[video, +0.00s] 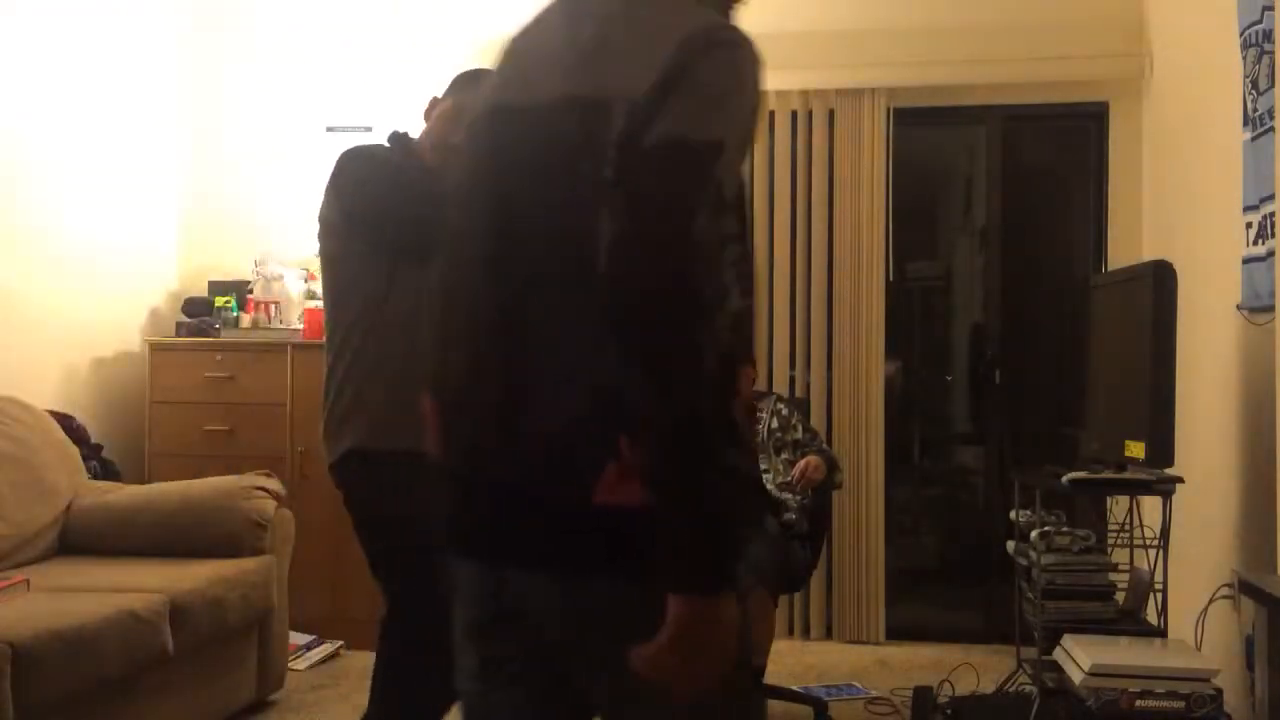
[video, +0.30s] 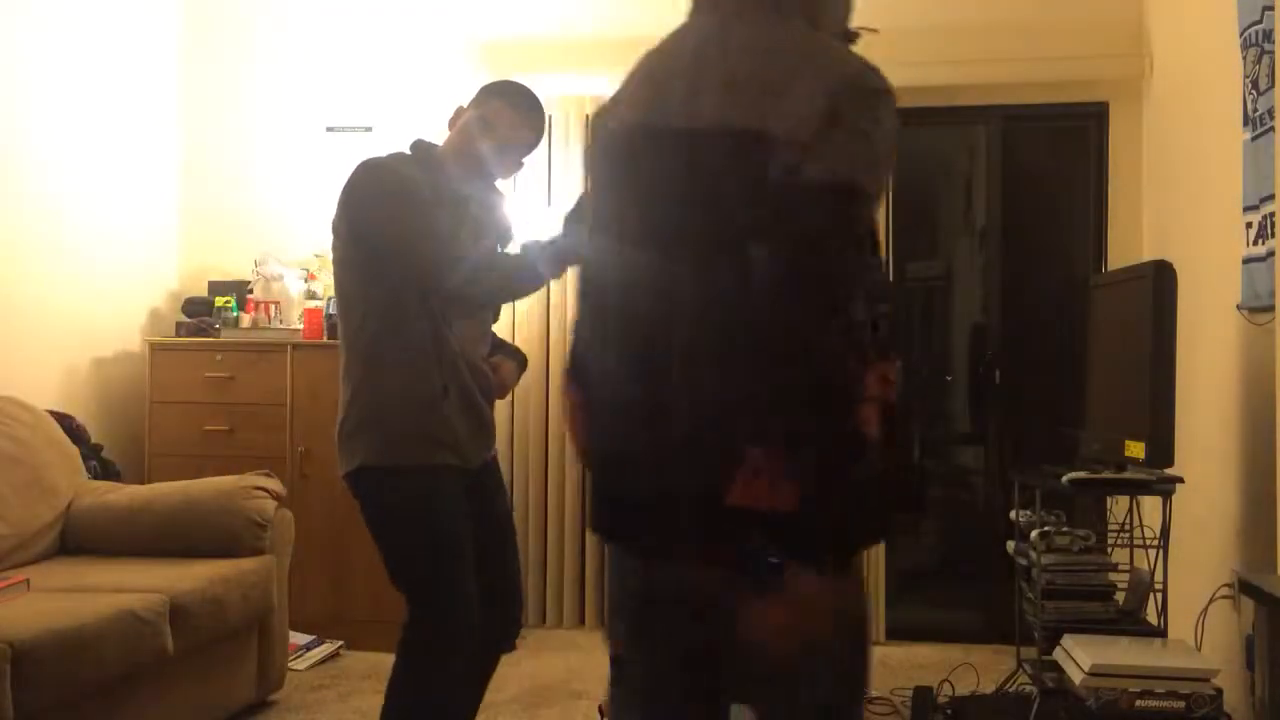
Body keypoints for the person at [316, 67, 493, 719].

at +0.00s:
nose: (473, 142)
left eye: (485, 132)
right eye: (468, 122)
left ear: (486, 134)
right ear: (434, 108)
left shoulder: (462, 194)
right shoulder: (365, 167)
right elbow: (448, 221)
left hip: (445, 438)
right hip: (382, 433)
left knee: (436, 619)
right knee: (423, 615)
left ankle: (407, 713)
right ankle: (394, 714)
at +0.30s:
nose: (501, 162)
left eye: (517, 155)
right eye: (494, 137)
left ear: (519, 162)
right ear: (460, 116)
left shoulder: (480, 214)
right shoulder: (384, 180)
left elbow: (473, 317)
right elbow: (456, 282)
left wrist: (509, 355)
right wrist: (561, 248)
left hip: (465, 445)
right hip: (397, 445)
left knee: (494, 621)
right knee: (445, 625)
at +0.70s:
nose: (533, 182)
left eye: (549, 179)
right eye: (532, 158)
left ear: (547, 189)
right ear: (501, 130)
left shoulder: (504, 238)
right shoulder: (403, 200)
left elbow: (493, 338)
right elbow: (424, 332)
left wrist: (514, 378)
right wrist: (562, 348)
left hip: (464, 457)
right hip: (392, 458)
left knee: (510, 620)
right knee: (464, 621)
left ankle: (446, 718)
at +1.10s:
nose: (544, 174)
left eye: (559, 173)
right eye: (547, 151)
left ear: (560, 176)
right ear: (521, 115)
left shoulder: (515, 216)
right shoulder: (423, 167)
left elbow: (478, 311)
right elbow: (468, 285)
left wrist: (509, 362)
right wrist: (599, 278)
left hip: (451, 439)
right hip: (387, 433)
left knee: (470, 615)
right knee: (436, 612)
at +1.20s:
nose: (535, 158)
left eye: (553, 160)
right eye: (539, 135)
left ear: (555, 170)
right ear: (516, 106)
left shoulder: (509, 208)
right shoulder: (423, 154)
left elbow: (486, 313)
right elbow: (516, 231)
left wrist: (510, 354)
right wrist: (614, 173)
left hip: (451, 433)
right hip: (387, 428)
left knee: (454, 614)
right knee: (420, 612)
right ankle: (400, 713)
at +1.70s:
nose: (542, 182)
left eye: (552, 171)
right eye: (549, 165)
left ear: (508, 125)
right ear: (522, 132)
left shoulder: (453, 176)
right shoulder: (437, 167)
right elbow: (554, 245)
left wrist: (476, 340)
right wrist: (609, 147)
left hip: (431, 431)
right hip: (385, 430)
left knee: (477, 585)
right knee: (395, 599)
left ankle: (434, 712)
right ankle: (389, 714)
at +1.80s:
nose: (539, 183)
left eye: (549, 172)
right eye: (545, 166)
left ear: (502, 127)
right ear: (513, 132)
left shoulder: (448, 177)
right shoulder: (438, 174)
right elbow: (557, 254)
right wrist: (605, 157)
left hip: (430, 433)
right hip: (388, 431)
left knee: (482, 583)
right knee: (397, 606)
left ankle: (435, 711)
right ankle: (390, 713)